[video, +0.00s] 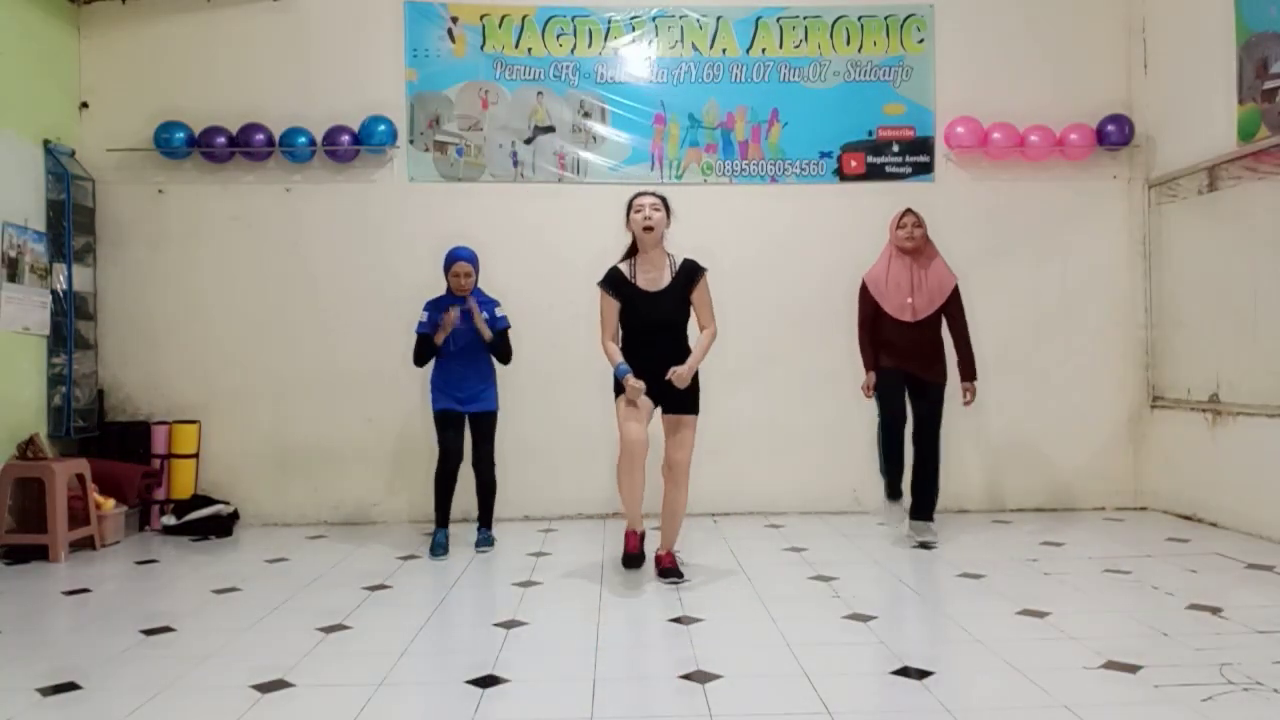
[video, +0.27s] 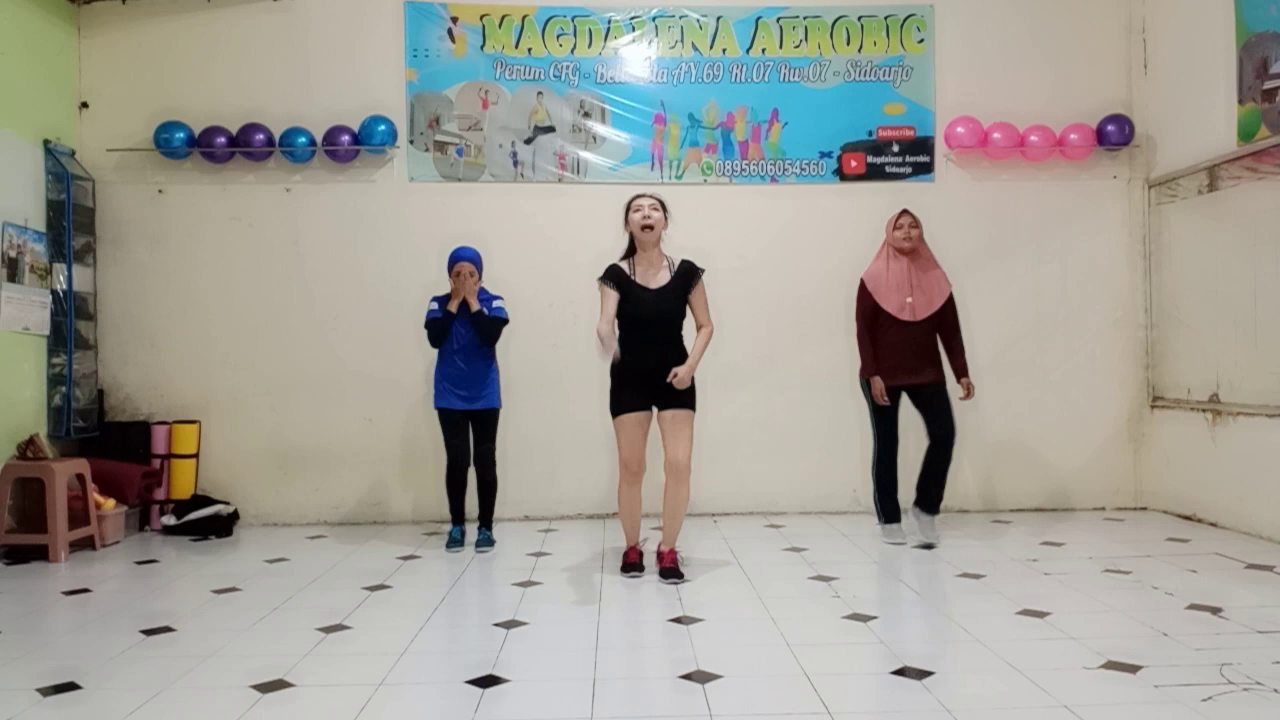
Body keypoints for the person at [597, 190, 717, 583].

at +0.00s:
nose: (647, 215)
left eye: (655, 209)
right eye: (639, 210)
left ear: (668, 221)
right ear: (629, 224)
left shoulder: (689, 272)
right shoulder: (616, 277)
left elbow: (708, 328)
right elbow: (608, 339)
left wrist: (690, 367)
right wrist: (625, 374)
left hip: (679, 373)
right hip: (634, 373)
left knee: (677, 463)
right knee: (633, 440)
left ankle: (666, 551)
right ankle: (633, 530)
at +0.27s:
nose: (647, 215)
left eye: (654, 210)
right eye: (638, 210)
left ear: (665, 223)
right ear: (627, 225)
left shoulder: (685, 272)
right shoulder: (616, 274)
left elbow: (705, 327)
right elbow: (606, 323)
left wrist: (689, 367)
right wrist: (609, 345)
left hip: (674, 375)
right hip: (629, 375)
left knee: (678, 466)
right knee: (632, 468)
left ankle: (668, 549)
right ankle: (632, 547)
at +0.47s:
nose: (649, 216)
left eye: (656, 211)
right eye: (640, 212)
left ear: (667, 224)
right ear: (630, 228)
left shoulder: (688, 272)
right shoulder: (623, 269)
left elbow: (711, 325)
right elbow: (606, 291)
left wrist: (693, 366)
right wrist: (609, 241)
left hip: (674, 375)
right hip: (631, 376)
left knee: (678, 460)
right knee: (632, 467)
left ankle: (673, 532)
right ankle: (632, 546)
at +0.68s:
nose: (655, 219)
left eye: (663, 214)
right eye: (648, 215)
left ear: (674, 228)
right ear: (637, 230)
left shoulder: (694, 274)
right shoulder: (628, 270)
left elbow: (719, 327)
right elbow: (601, 279)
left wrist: (692, 368)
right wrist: (632, 249)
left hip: (679, 371)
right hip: (636, 369)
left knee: (680, 464)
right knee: (640, 441)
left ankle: (674, 544)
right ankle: (638, 523)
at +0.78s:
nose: (657, 220)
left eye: (664, 215)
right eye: (648, 216)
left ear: (674, 228)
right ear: (638, 231)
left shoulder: (693, 274)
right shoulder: (629, 271)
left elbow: (719, 326)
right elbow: (613, 272)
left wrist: (689, 368)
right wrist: (635, 241)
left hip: (679, 371)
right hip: (637, 369)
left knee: (681, 463)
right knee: (646, 434)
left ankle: (674, 544)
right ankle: (643, 509)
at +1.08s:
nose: (655, 219)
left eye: (662, 213)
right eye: (647, 215)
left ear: (674, 225)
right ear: (637, 228)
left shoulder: (688, 271)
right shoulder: (628, 266)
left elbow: (694, 323)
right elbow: (624, 274)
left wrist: (689, 277)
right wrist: (638, 250)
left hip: (675, 367)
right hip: (633, 369)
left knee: (689, 446)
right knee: (639, 461)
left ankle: (680, 520)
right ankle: (644, 544)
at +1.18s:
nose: (655, 220)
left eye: (662, 214)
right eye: (647, 215)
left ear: (674, 225)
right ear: (637, 227)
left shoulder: (684, 267)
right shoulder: (626, 266)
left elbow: (710, 291)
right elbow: (622, 275)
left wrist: (688, 258)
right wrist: (640, 254)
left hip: (678, 369)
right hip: (635, 371)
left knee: (684, 453)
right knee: (640, 463)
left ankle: (682, 532)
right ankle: (644, 545)